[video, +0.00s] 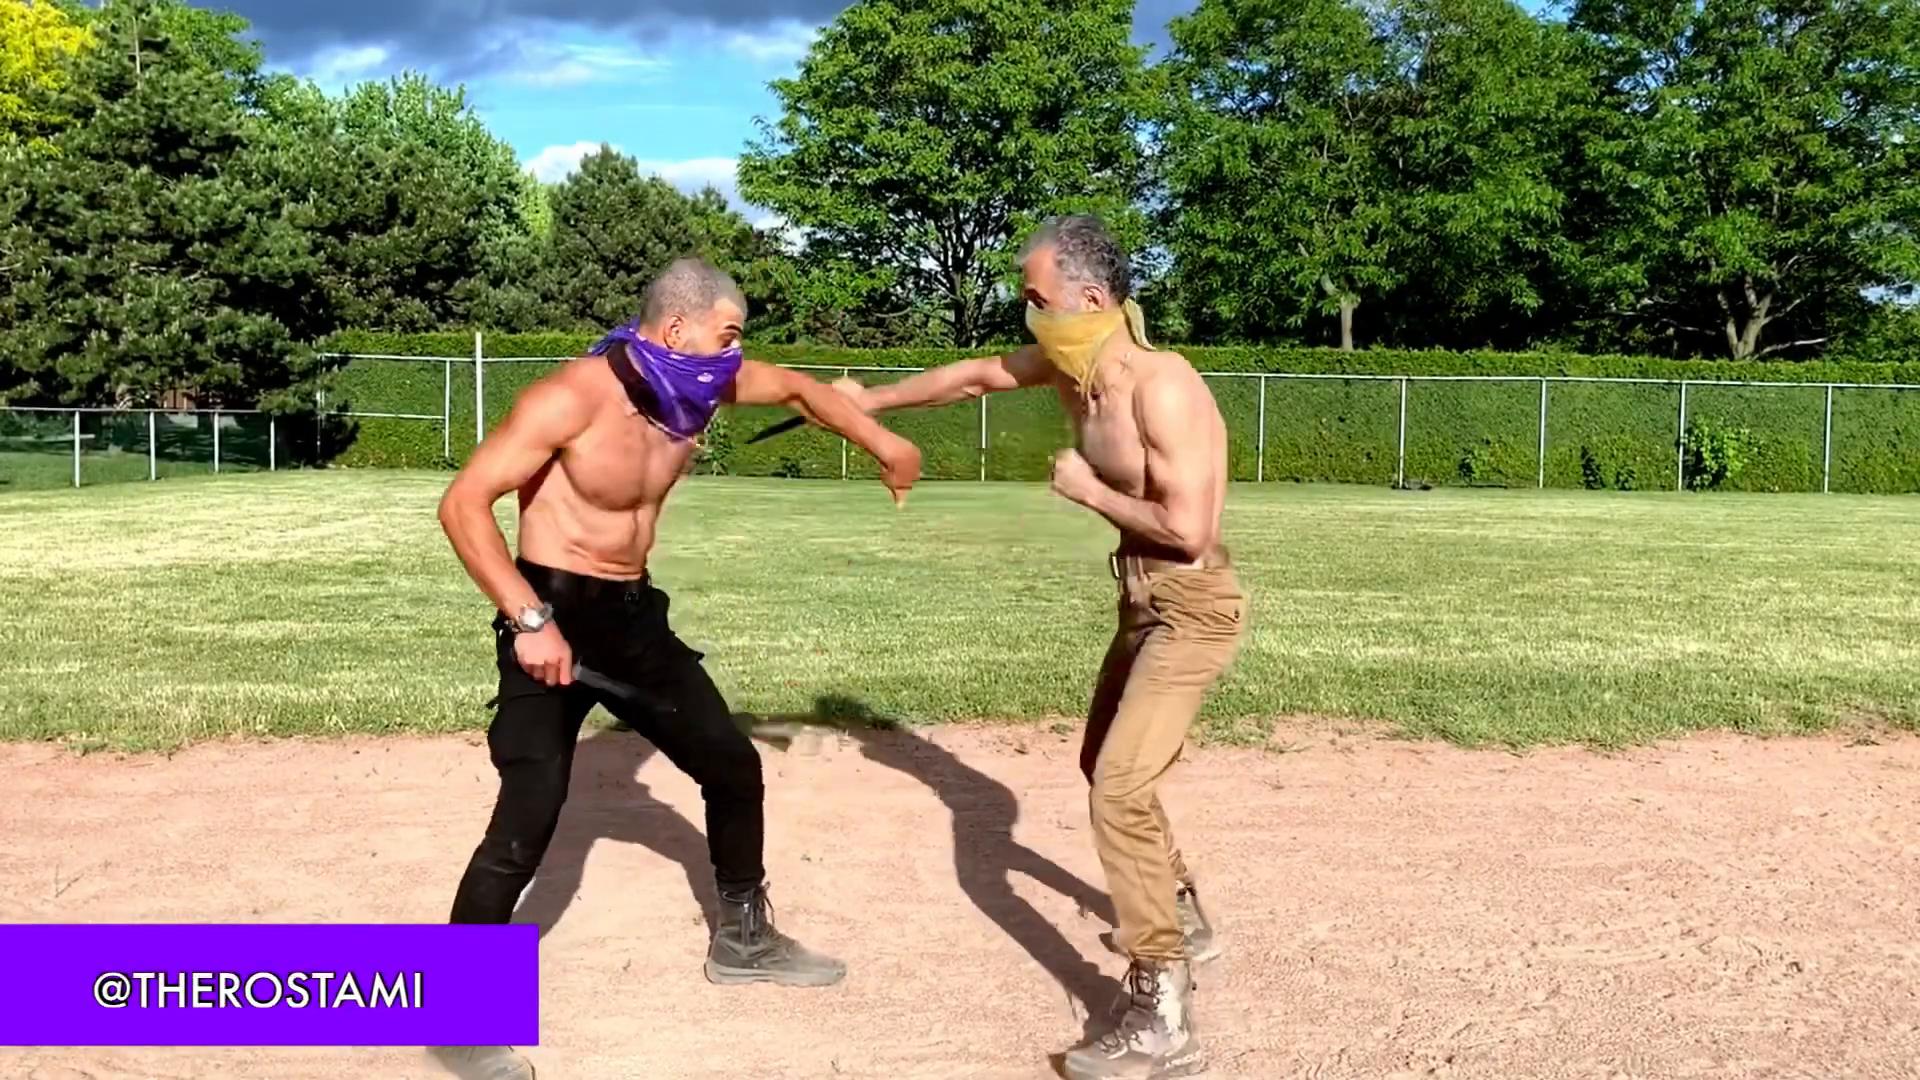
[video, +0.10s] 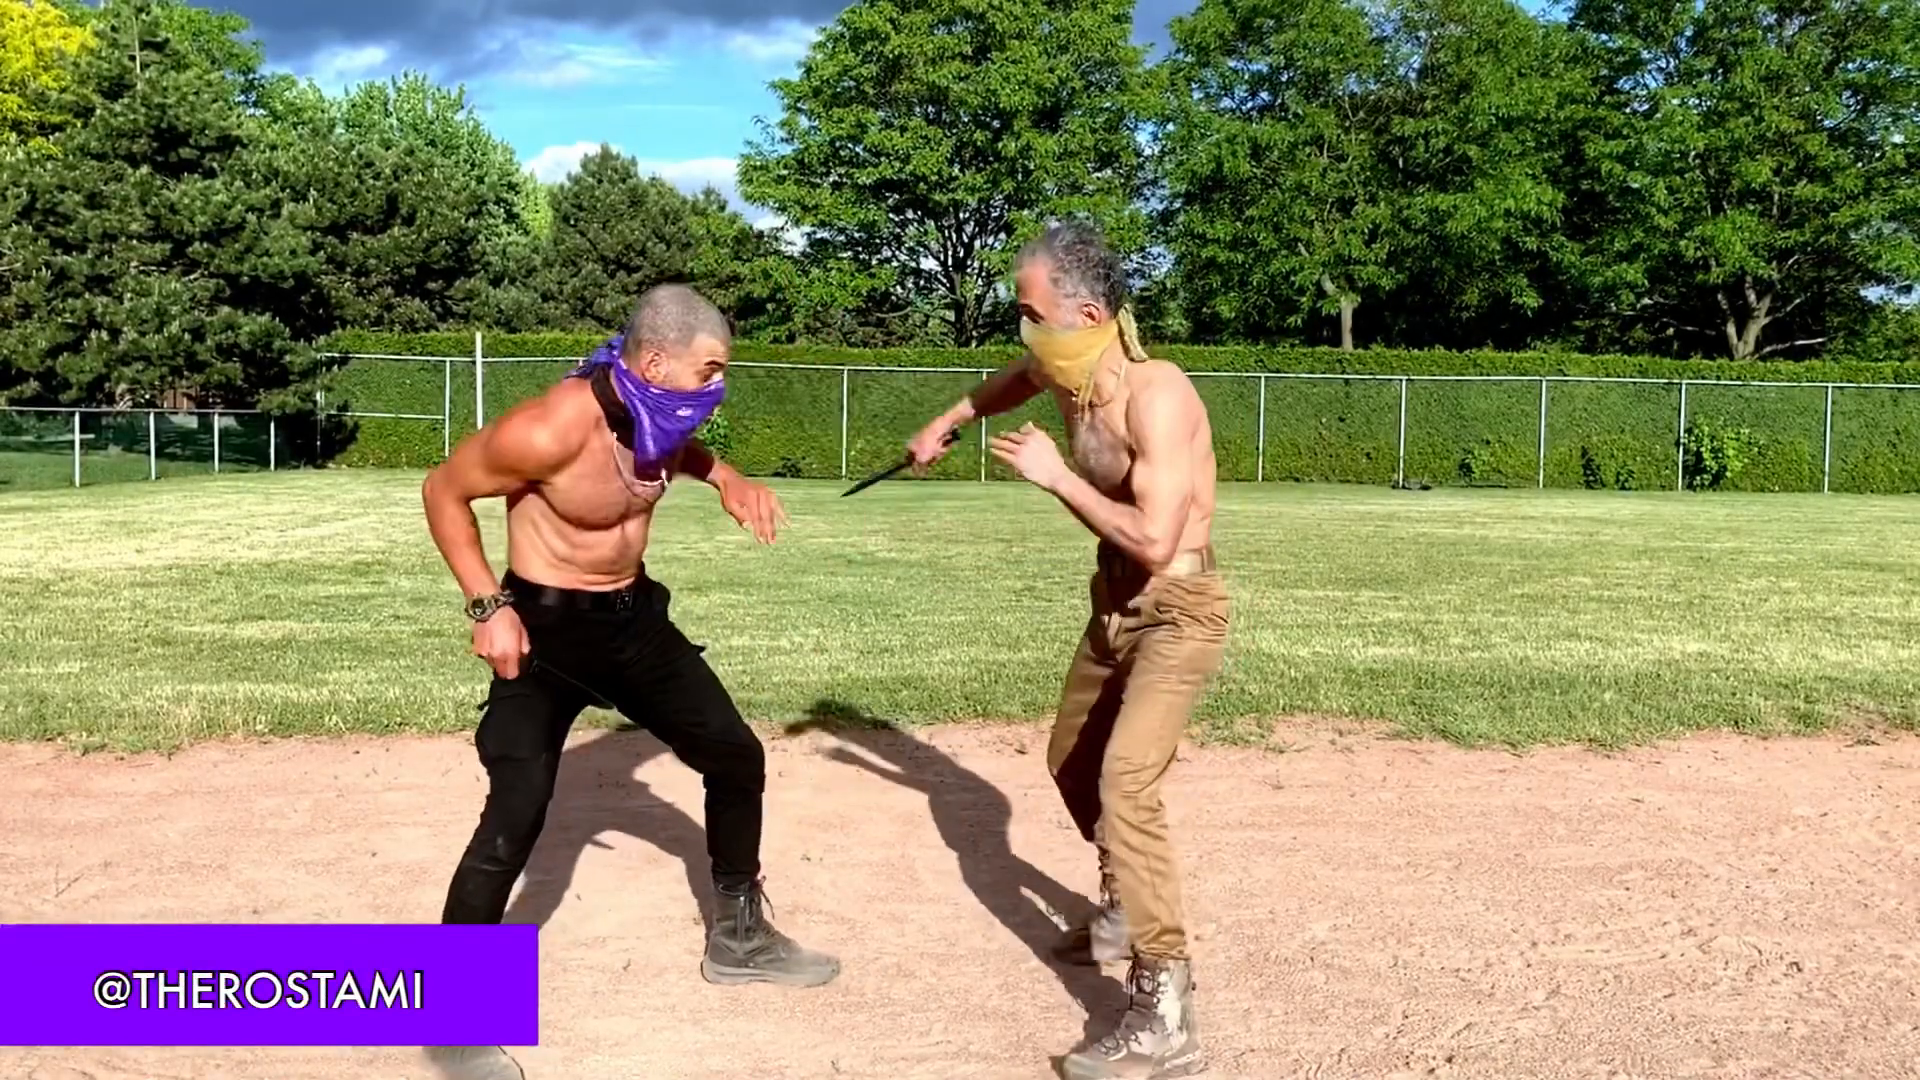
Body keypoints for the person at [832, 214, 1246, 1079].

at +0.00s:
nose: (1029, 314)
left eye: (1037, 297)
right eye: (1027, 298)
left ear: (1092, 296)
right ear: (1081, 297)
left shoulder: (1166, 387)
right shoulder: (1076, 369)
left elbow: (1189, 531)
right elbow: (974, 376)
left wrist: (1092, 492)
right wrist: (870, 397)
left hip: (1192, 613)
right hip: (1143, 609)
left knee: (1123, 786)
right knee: (1102, 763)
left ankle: (1163, 1013)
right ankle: (1180, 915)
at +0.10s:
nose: (1024, 329)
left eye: (1034, 314)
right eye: (1024, 314)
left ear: (1087, 314)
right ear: (1074, 316)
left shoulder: (1161, 397)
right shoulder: (1071, 373)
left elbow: (1155, 541)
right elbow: (1016, 381)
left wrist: (1059, 476)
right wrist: (950, 419)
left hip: (1181, 616)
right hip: (1116, 610)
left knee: (1127, 781)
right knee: (1073, 762)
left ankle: (1165, 1007)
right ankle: (1127, 896)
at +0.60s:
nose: (976, 304)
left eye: (984, 286)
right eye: (971, 290)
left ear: (1036, 278)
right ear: (1008, 286)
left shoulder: (1121, 353)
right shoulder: (1009, 390)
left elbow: (1217, 446)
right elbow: (1001, 508)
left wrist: (1098, 466)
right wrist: (955, 484)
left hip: (1142, 592)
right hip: (1067, 599)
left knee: (1102, 784)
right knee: (1035, 778)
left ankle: (1158, 1004)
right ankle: (1082, 912)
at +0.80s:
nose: (964, 320)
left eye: (971, 304)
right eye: (959, 307)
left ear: (1018, 295)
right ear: (1007, 299)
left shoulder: (1080, 348)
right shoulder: (1039, 385)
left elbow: (1112, 412)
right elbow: (1083, 507)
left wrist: (1009, 404)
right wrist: (1040, 550)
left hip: (1137, 597)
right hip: (1087, 604)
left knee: (1087, 791)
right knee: (1038, 770)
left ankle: (1157, 1012)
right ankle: (1084, 918)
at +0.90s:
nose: (972, 323)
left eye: (979, 306)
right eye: (969, 309)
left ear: (1025, 296)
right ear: (1031, 301)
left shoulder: (1057, 351)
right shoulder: (1062, 370)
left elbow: (941, 403)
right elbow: (1122, 490)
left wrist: (841, 452)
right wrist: (1062, 547)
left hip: (1148, 608)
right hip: (1110, 608)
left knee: (1089, 788)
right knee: (1045, 764)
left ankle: (1150, 1005)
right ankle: (1085, 914)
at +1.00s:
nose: (986, 317)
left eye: (993, 300)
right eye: (985, 302)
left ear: (1038, 295)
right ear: (1051, 298)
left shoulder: (1055, 366)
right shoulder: (1093, 369)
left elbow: (967, 449)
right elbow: (1135, 485)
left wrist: (881, 499)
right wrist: (1069, 539)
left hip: (1145, 611)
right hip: (1114, 606)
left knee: (1083, 791)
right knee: (1046, 759)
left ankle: (1149, 1008)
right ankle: (1088, 910)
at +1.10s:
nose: (1004, 301)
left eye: (1012, 284)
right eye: (1002, 285)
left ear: (1059, 284)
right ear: (1058, 282)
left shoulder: (1104, 363)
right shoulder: (1070, 371)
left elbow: (1128, 482)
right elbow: (1060, 474)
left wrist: (1037, 501)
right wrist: (980, 496)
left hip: (1145, 605)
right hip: (1101, 604)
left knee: (1092, 788)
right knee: (1048, 762)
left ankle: (1150, 1011)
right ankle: (1090, 913)